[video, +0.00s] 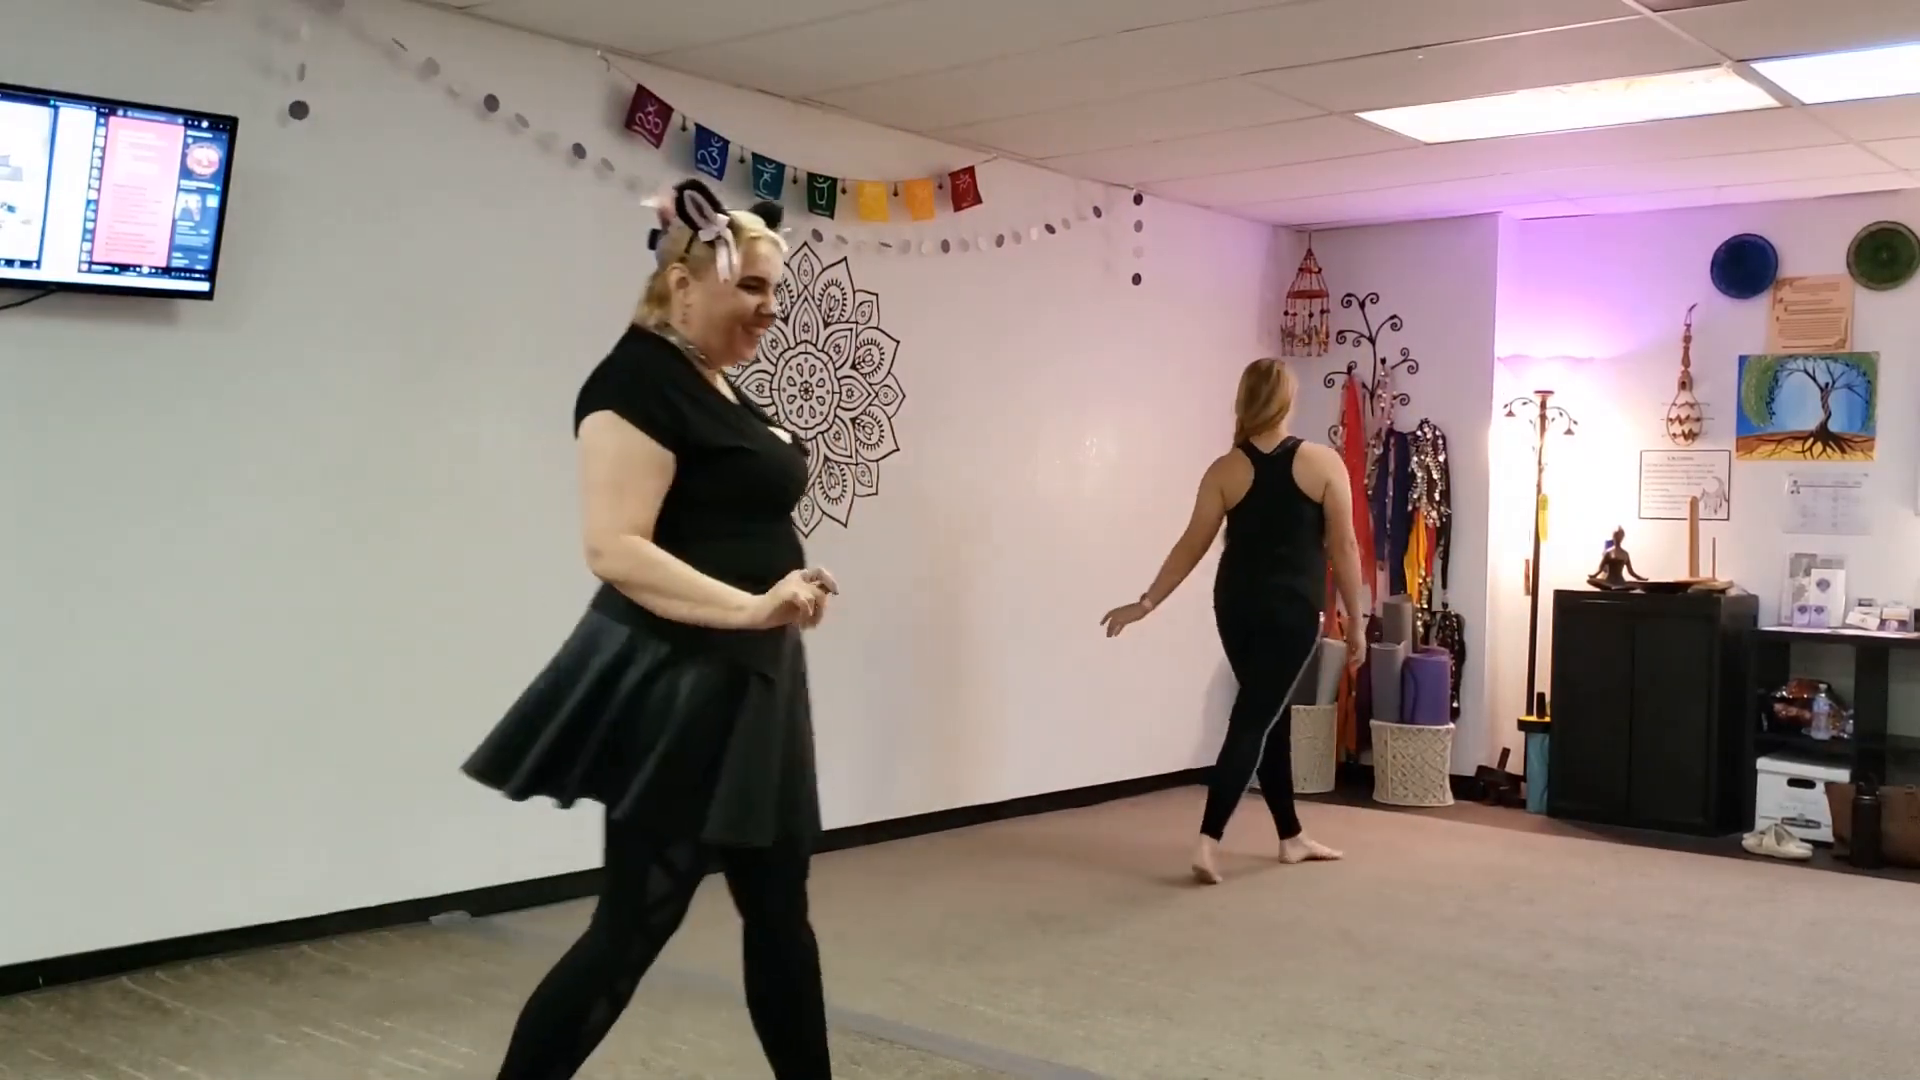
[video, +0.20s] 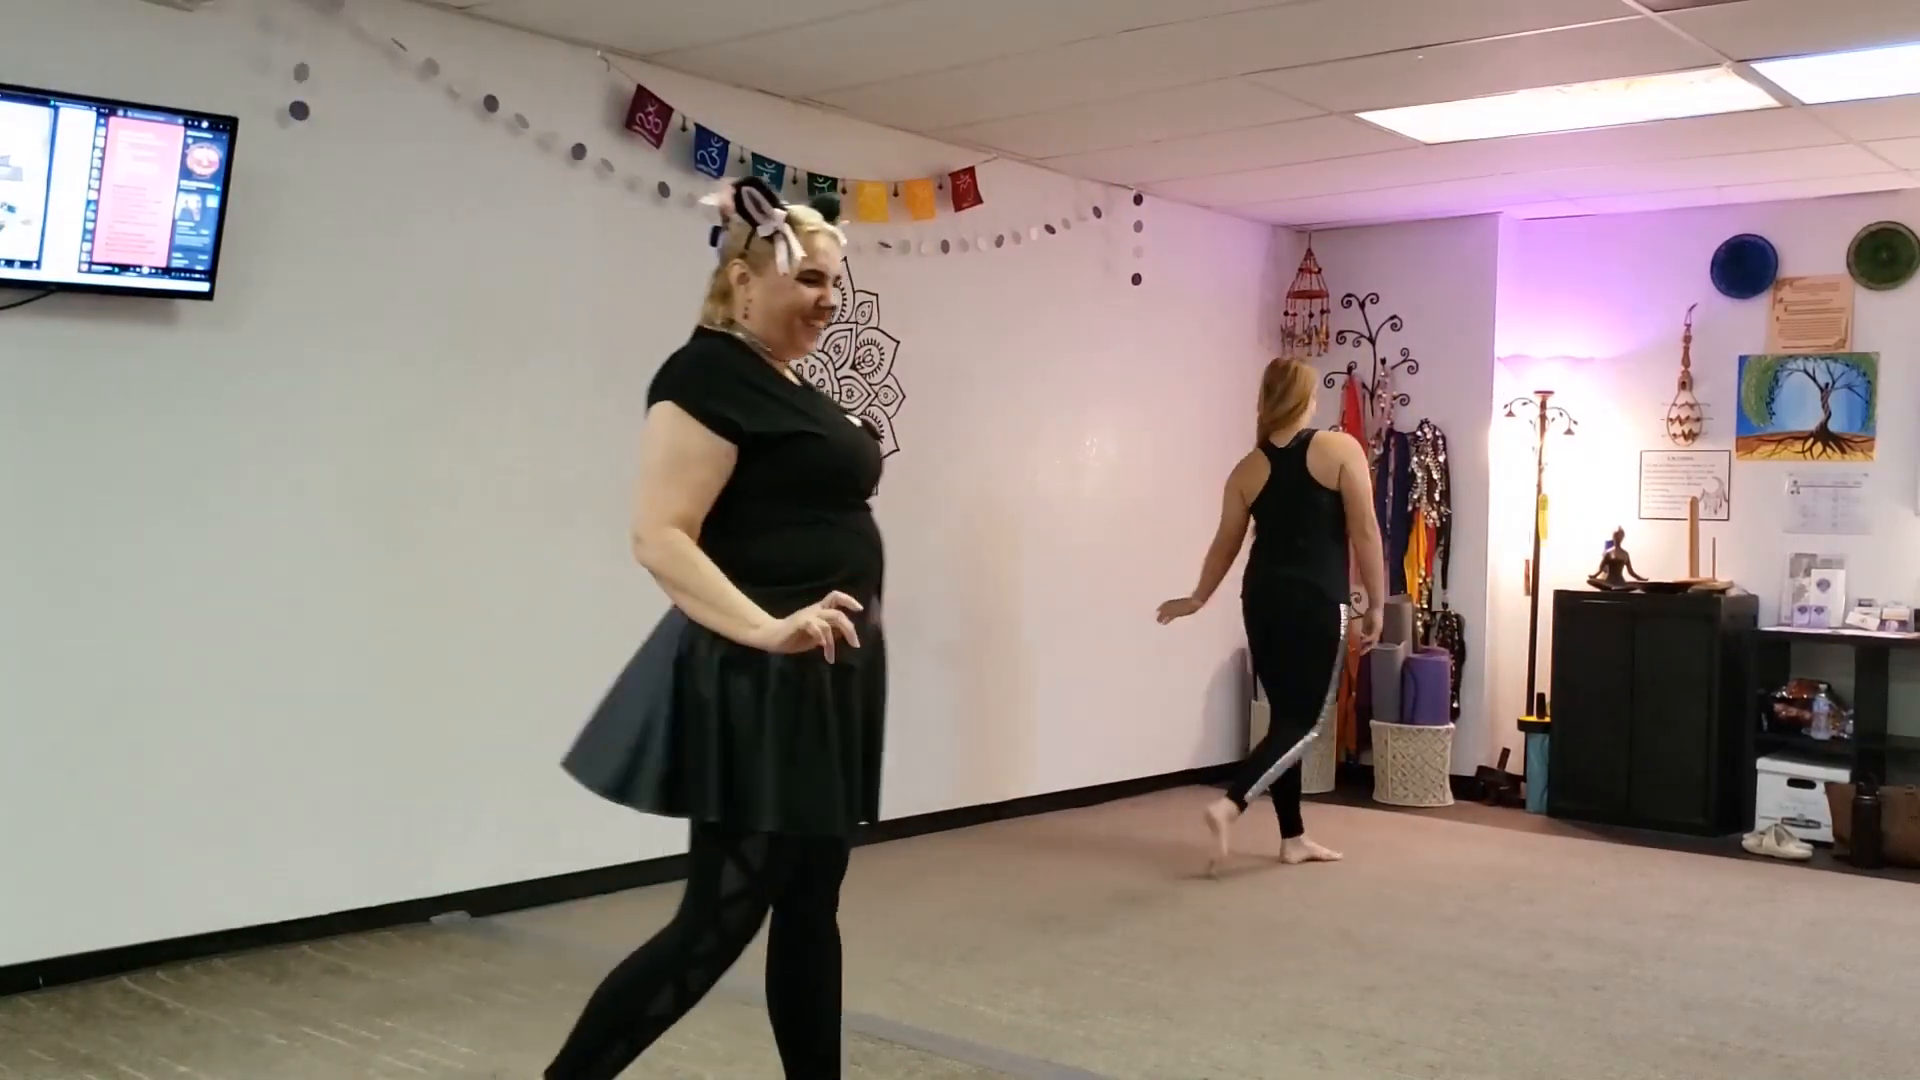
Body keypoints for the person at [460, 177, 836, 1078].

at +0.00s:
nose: (767, 308)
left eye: (774, 291)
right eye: (751, 285)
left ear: (764, 295)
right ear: (684, 280)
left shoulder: (720, 393)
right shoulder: (637, 379)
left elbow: (733, 533)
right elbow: (612, 548)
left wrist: (793, 579)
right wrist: (753, 607)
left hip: (761, 684)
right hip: (680, 687)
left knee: (782, 917)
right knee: (631, 928)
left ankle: (807, 1075)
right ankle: (524, 1074)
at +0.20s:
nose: (829, 299)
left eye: (836, 282)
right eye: (811, 277)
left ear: (831, 289)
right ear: (745, 279)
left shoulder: (786, 386)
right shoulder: (707, 373)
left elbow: (776, 529)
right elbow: (660, 536)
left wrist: (837, 613)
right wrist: (762, 627)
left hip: (826, 675)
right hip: (756, 680)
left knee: (810, 910)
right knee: (715, 925)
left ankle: (817, 1078)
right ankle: (569, 1075)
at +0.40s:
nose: (886, 311)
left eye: (891, 294)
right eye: (866, 290)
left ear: (887, 298)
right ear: (799, 293)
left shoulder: (840, 398)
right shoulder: (758, 381)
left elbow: (837, 498)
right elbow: (704, 537)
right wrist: (757, 680)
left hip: (872, 685)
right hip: (804, 687)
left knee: (839, 921)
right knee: (805, 929)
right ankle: (617, 1064)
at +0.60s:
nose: (932, 310)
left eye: (941, 294)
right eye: (912, 290)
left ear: (945, 299)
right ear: (847, 293)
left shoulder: (928, 408)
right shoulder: (788, 384)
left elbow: (1011, 534)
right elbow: (722, 534)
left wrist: (1045, 416)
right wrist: (706, 682)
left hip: (909, 677)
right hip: (821, 676)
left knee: (859, 914)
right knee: (905, 927)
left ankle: (821, 1069)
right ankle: (820, 1067)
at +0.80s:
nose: (963, 301)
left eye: (975, 284)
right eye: (942, 280)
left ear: (984, 290)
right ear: (880, 283)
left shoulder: (983, 395)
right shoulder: (815, 380)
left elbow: (1048, 544)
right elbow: (724, 528)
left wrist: (1144, 473)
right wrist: (682, 664)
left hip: (943, 672)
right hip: (835, 671)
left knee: (870, 908)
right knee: (944, 905)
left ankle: (831, 1078)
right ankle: (966, 1077)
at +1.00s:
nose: (992, 301)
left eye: (1005, 285)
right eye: (970, 279)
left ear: (1016, 293)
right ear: (908, 282)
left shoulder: (1018, 398)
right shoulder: (843, 394)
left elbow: (1075, 551)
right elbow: (756, 547)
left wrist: (1192, 540)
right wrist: (694, 695)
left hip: (983, 689)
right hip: (874, 688)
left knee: (896, 922)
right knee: (961, 933)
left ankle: (841, 1077)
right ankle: (971, 1072)